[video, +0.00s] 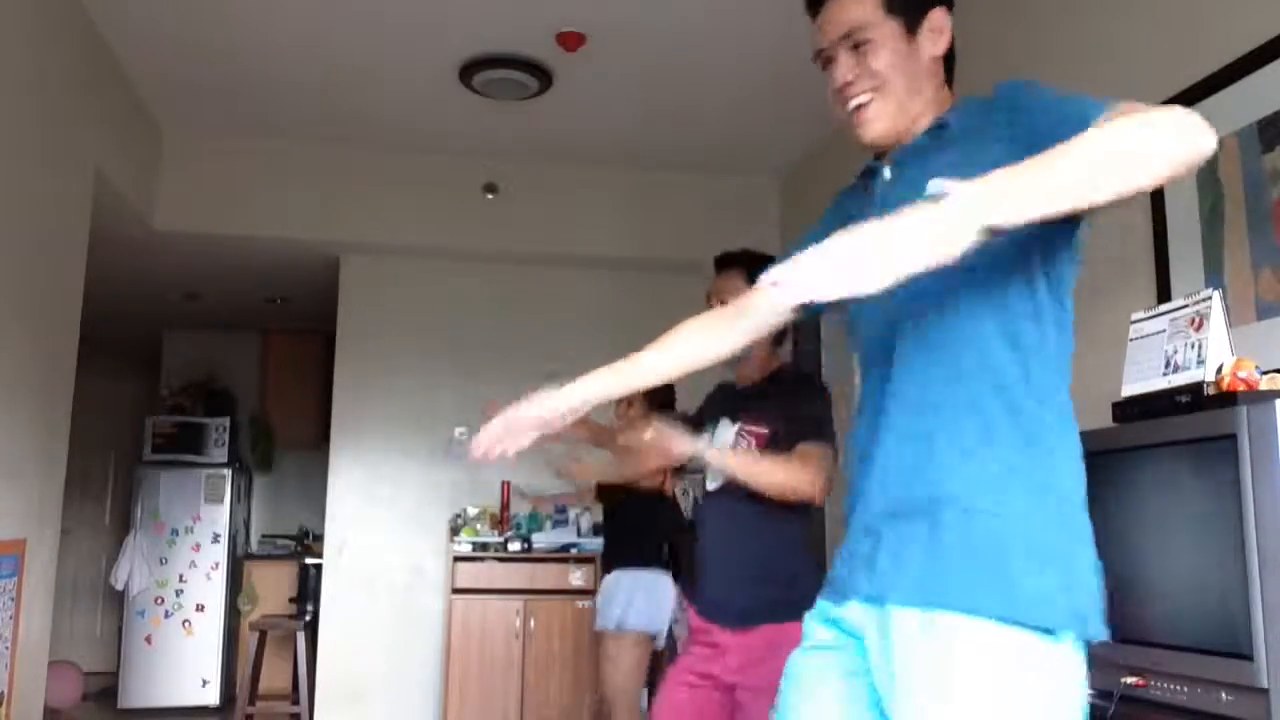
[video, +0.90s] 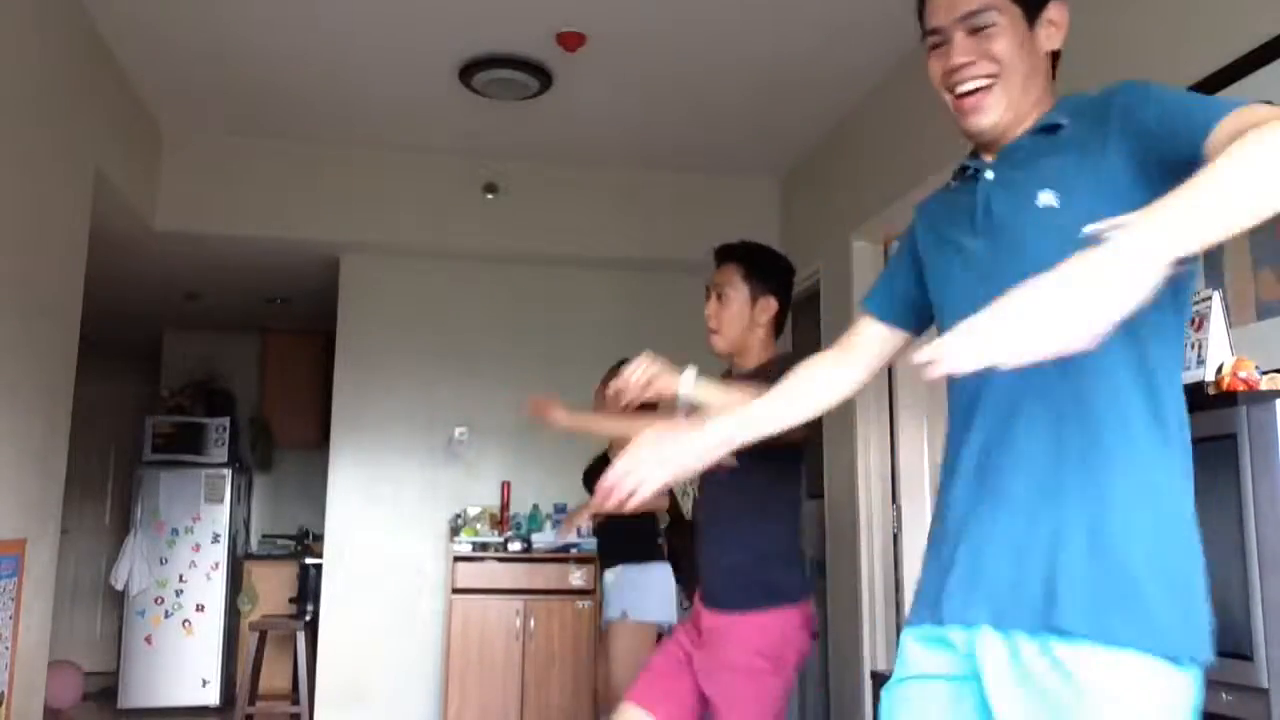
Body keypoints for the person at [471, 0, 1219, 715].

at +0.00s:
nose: (841, 76)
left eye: (858, 44)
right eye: (826, 61)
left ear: (933, 35)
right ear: (826, 78)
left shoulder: (1006, 118)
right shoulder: (858, 204)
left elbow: (1183, 137)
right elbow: (743, 322)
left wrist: (964, 212)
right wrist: (576, 396)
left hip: (996, 594)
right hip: (857, 593)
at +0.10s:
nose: (857, 66)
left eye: (881, 36)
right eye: (840, 49)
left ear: (946, 35)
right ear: (830, 66)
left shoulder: (1004, 117)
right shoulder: (849, 211)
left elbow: (1143, 146)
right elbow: (775, 337)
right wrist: (683, 343)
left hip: (983, 561)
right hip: (864, 560)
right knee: (857, 715)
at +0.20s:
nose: (859, 89)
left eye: (883, 59)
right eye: (842, 71)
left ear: (947, 65)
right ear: (830, 90)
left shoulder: (995, 155)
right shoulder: (868, 237)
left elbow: (1103, 207)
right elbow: (832, 416)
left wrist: (1271, 238)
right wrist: (800, 354)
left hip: (973, 593)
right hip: (881, 591)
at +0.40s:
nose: (885, 83)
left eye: (910, 51)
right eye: (866, 64)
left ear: (971, 57)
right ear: (852, 85)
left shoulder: (1025, 147)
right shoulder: (877, 246)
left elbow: (1134, 188)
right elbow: (819, 393)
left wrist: (1211, 240)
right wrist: (755, 381)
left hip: (1001, 580)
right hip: (906, 581)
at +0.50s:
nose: (916, 55)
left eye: (942, 26)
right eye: (895, 36)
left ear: (1000, 33)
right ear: (880, 59)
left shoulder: (1055, 119)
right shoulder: (887, 209)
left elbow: (1209, 162)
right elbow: (797, 348)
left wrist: (1078, 261)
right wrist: (653, 451)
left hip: (1031, 568)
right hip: (924, 568)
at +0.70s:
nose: (957, 74)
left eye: (985, 42)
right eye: (936, 54)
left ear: (1047, 52)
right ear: (921, 76)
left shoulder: (1115, 159)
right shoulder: (914, 240)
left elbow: (1258, 226)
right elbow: (807, 370)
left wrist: (1027, 279)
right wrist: (697, 485)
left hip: (1118, 626)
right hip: (953, 629)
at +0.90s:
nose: (956, 59)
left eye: (982, 27)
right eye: (937, 42)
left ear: (1050, 28)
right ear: (926, 64)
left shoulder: (1126, 116)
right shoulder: (938, 220)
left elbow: (1271, 139)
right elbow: (843, 364)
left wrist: (1130, 256)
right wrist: (705, 436)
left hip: (1113, 614)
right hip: (955, 612)